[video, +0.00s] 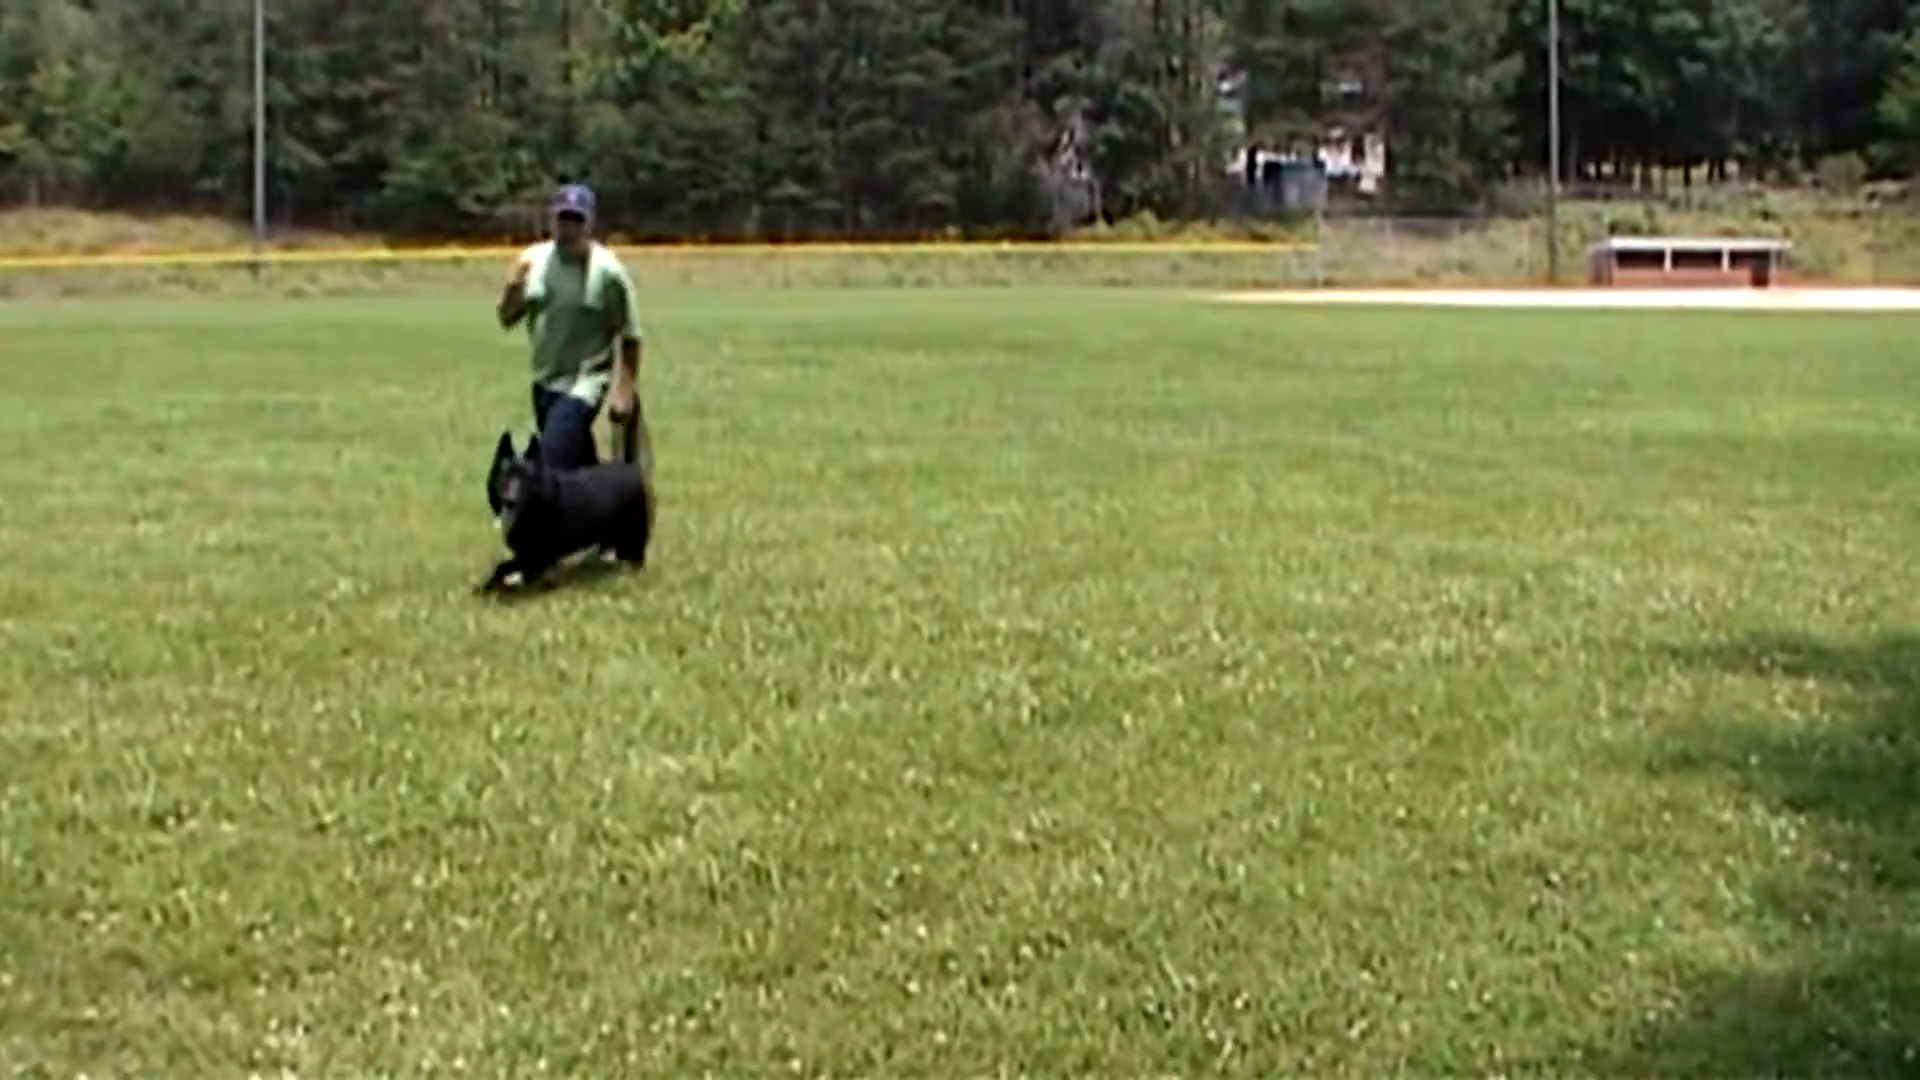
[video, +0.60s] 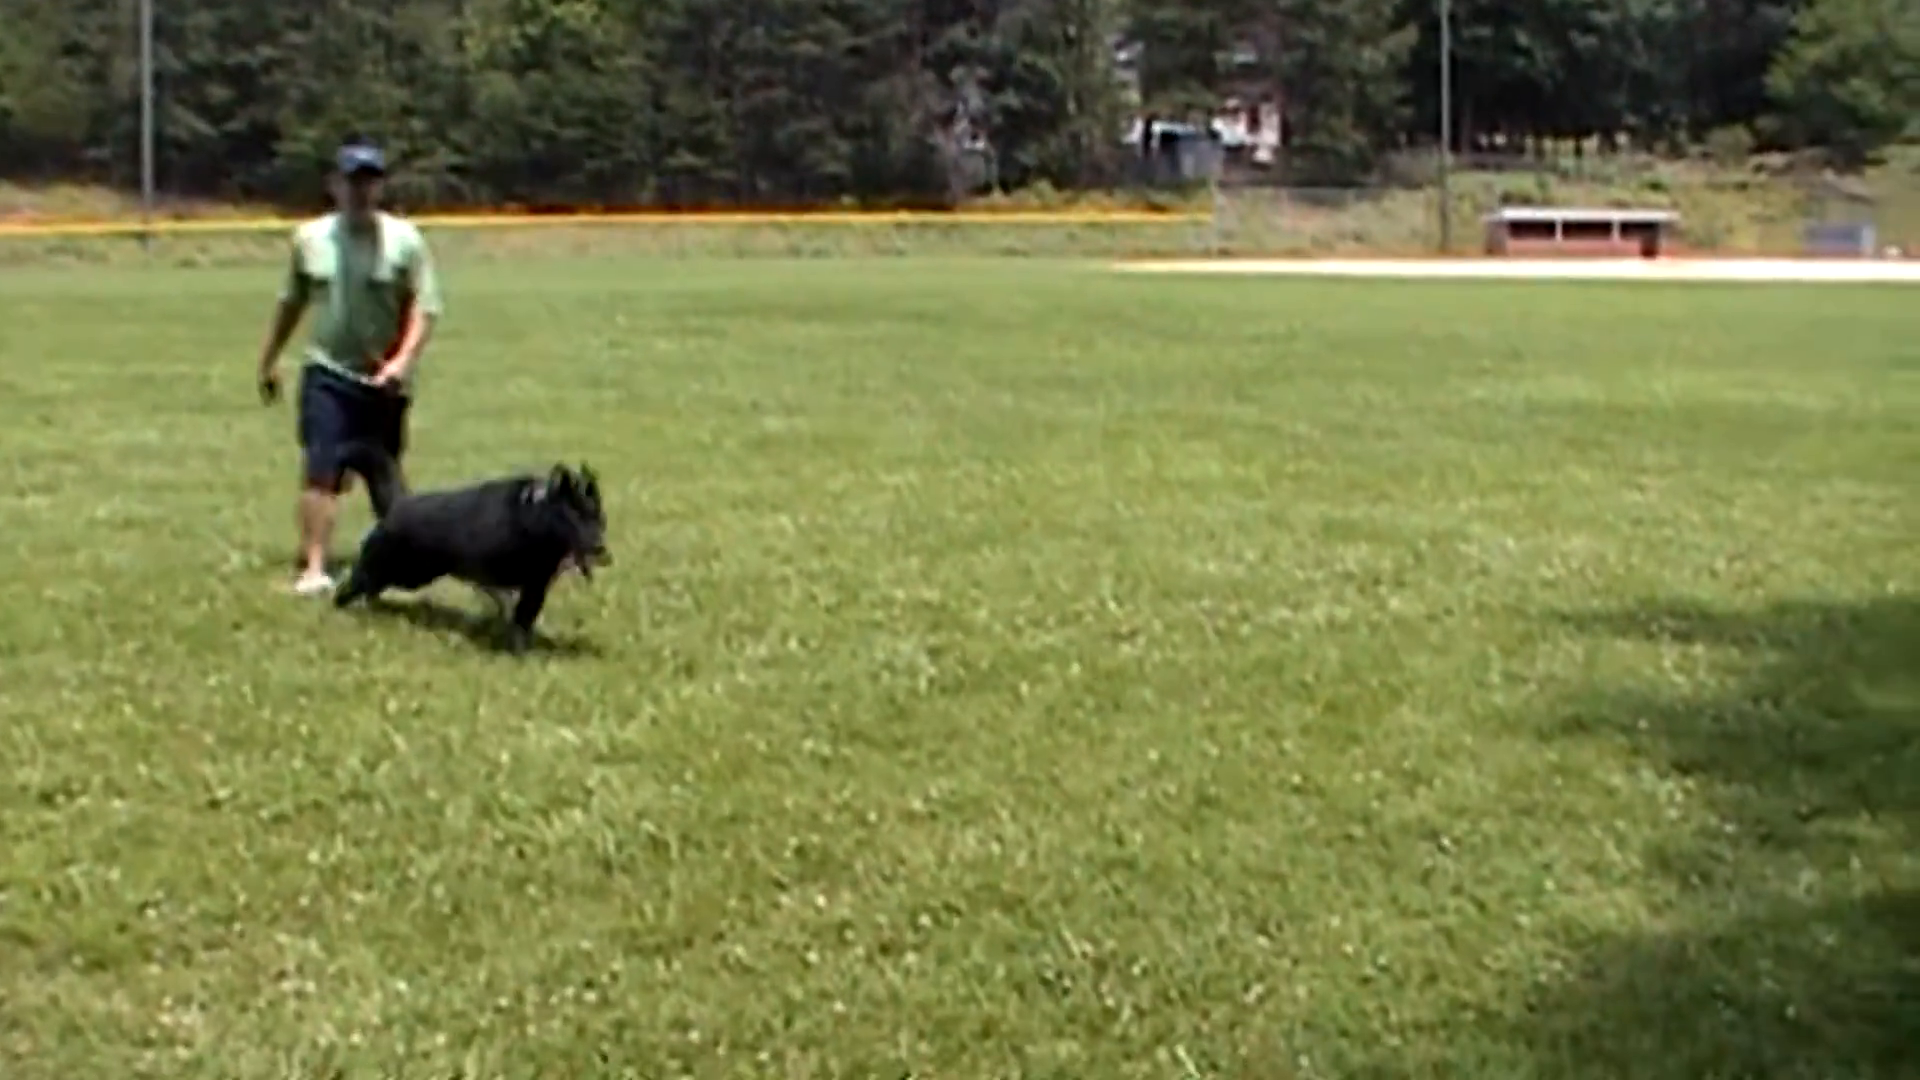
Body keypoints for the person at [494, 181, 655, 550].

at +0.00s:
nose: (569, 228)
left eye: (577, 220)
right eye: (563, 219)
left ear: (589, 225)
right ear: (552, 222)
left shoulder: (608, 272)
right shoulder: (537, 260)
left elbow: (629, 335)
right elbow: (508, 319)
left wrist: (625, 388)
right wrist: (514, 287)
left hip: (588, 377)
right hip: (547, 376)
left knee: (550, 452)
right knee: (578, 463)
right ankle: (601, 534)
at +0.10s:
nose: (549, 226)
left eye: (558, 218)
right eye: (543, 217)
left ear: (571, 223)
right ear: (533, 220)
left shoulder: (589, 272)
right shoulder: (513, 261)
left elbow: (607, 337)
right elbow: (494, 316)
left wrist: (605, 391)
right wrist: (493, 313)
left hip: (568, 384)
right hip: (524, 381)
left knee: (533, 468)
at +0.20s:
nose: (528, 218)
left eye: (536, 209)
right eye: (521, 208)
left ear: (549, 213)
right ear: (509, 210)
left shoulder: (570, 264)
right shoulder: (489, 253)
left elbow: (586, 332)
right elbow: (469, 304)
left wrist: (582, 387)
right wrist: (449, 345)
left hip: (548, 378)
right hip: (499, 373)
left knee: (521, 465)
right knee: (479, 454)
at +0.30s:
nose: (484, 204)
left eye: (492, 195)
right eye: (477, 194)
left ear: (505, 200)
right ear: (464, 198)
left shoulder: (528, 252)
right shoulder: (442, 246)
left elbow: (541, 322)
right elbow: (420, 310)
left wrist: (527, 375)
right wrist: (398, 366)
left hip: (503, 375)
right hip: (452, 368)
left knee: (496, 468)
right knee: (424, 452)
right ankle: (460, 513)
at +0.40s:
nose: (443, 195)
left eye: (451, 185)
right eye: (435, 185)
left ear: (463, 189)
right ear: (420, 188)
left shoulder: (487, 243)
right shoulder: (395, 238)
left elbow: (501, 309)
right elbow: (375, 301)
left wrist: (479, 362)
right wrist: (354, 357)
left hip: (458, 370)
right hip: (405, 362)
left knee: (455, 468)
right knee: (386, 451)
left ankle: (453, 550)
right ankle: (394, 544)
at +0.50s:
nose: (402, 194)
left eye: (411, 184)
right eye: (394, 184)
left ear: (424, 188)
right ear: (378, 187)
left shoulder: (449, 241)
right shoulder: (357, 238)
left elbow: (464, 306)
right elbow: (337, 297)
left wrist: (439, 354)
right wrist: (314, 353)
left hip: (426, 372)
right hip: (371, 365)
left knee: (420, 477)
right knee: (357, 462)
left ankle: (411, 558)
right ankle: (344, 555)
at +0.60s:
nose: (360, 191)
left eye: (369, 181)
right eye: (351, 180)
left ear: (381, 186)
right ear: (334, 185)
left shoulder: (405, 240)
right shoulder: (311, 239)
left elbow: (422, 308)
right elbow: (293, 301)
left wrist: (401, 362)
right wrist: (269, 359)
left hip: (383, 375)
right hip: (329, 369)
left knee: (385, 474)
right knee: (322, 470)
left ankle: (399, 554)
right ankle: (313, 566)